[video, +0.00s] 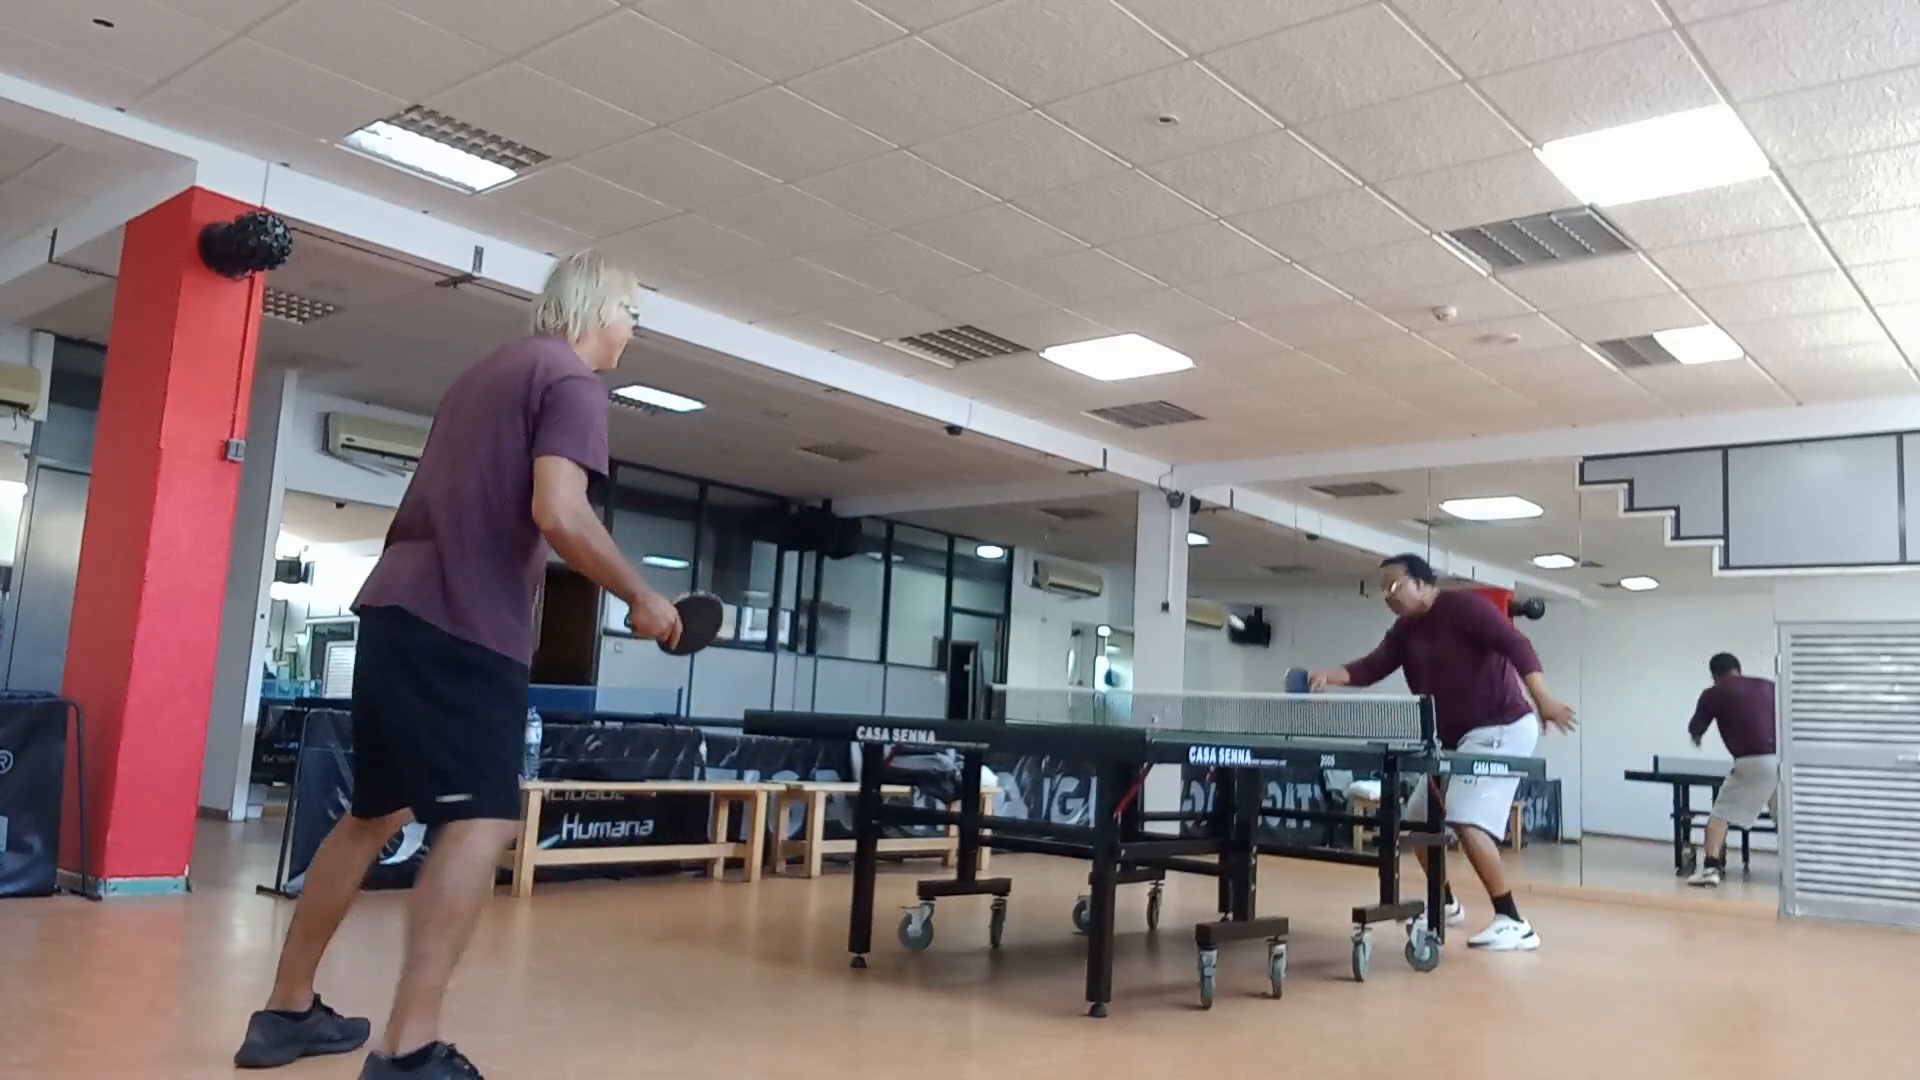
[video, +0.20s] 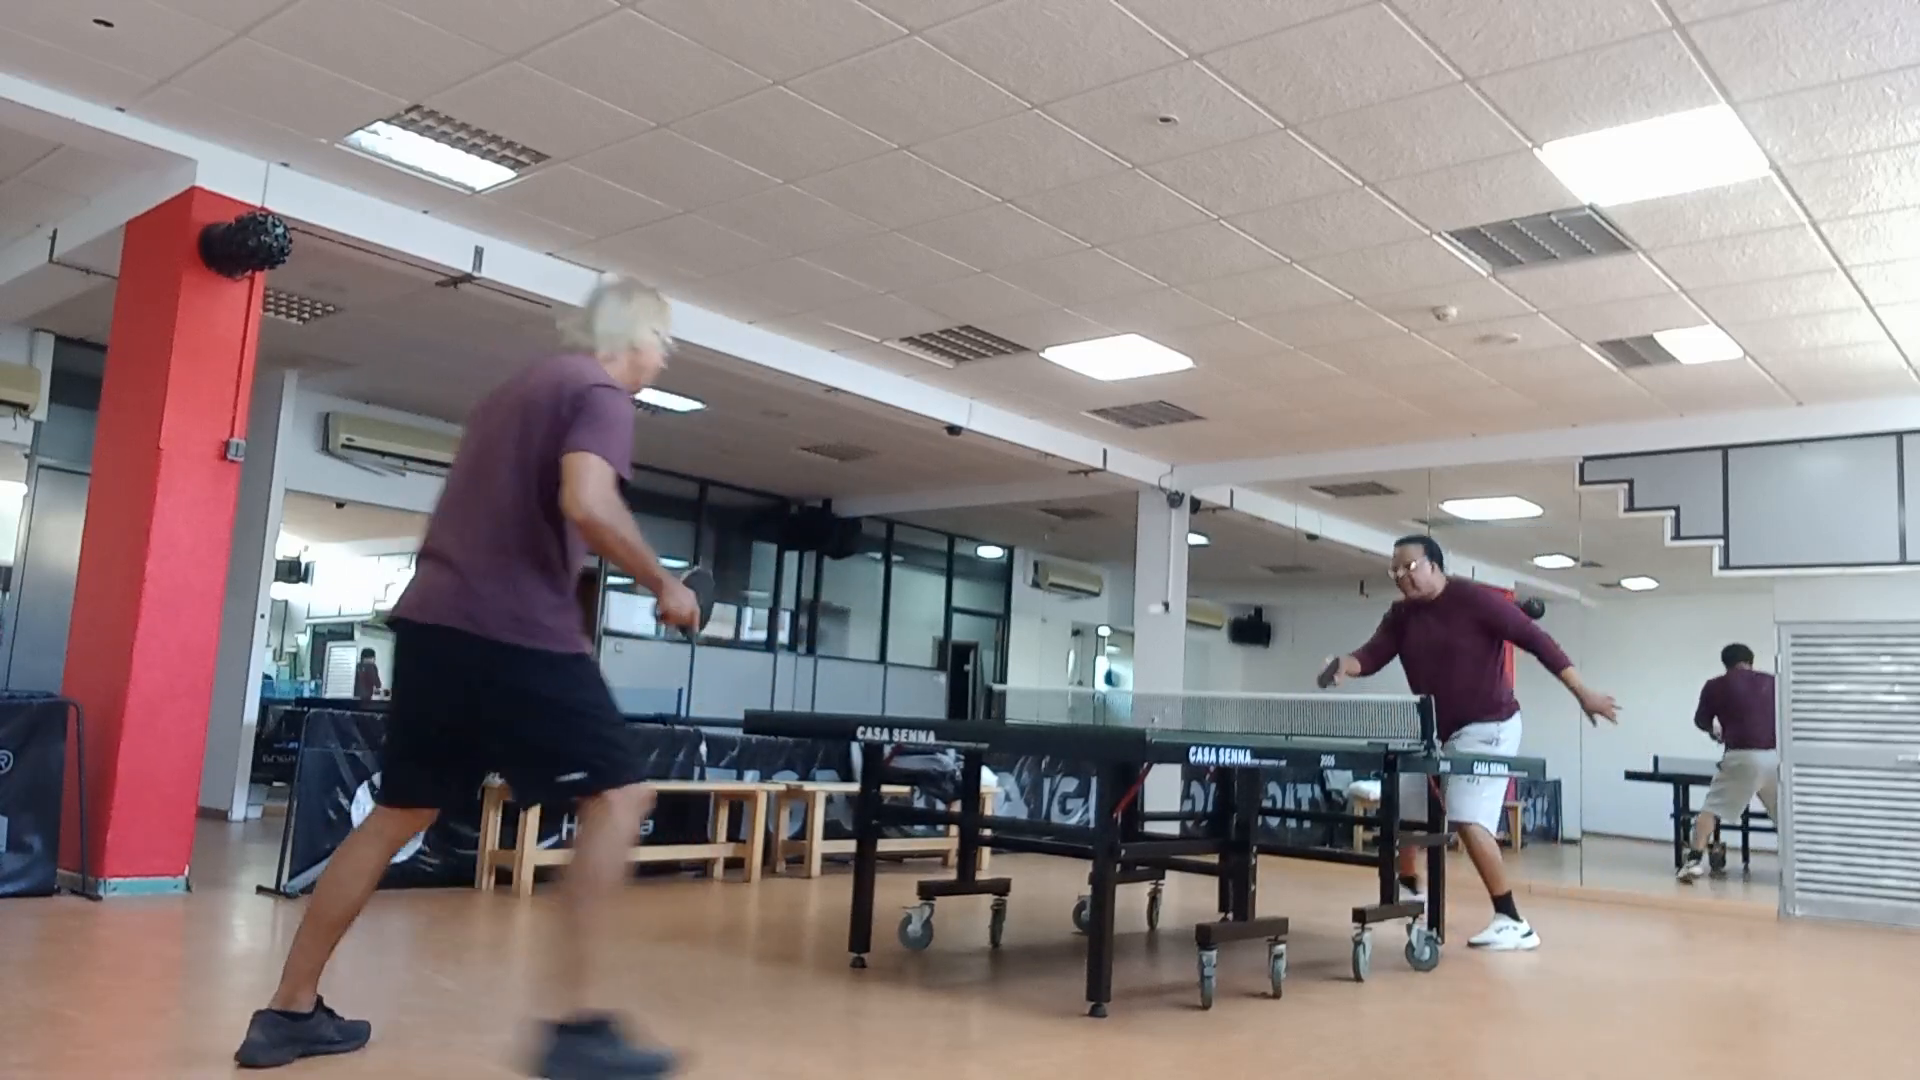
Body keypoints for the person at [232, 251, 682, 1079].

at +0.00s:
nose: (627, 338)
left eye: (630, 323)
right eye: (626, 322)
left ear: (554, 311)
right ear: (597, 319)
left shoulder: (487, 369)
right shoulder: (573, 379)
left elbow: (437, 507)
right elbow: (559, 511)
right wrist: (641, 596)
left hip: (395, 610)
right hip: (466, 628)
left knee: (373, 812)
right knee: (480, 820)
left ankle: (285, 1009)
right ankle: (408, 1047)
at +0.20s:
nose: (661, 370)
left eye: (664, 356)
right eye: (662, 353)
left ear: (589, 330)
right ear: (637, 342)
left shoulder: (519, 385)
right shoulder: (600, 390)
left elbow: (467, 516)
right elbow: (588, 501)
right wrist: (663, 584)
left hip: (432, 622)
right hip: (520, 632)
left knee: (400, 810)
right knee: (618, 792)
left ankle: (289, 1009)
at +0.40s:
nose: (751, 431)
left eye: (754, 419)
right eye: (754, 418)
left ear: (686, 382)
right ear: (733, 400)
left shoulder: (602, 420)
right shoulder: (705, 437)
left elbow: (581, 533)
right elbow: (724, 553)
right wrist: (748, 611)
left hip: (517, 657)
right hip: (613, 671)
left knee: (442, 825)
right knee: (714, 833)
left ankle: (305, 1006)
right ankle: (764, 1036)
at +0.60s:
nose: (840, 460)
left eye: (842, 449)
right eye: (843, 448)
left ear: (773, 409)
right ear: (831, 434)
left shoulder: (691, 442)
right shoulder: (810, 458)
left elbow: (608, 549)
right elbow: (893, 568)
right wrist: (841, 592)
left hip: (586, 645)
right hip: (694, 660)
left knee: (512, 828)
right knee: (780, 816)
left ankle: (385, 1009)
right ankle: (771, 1037)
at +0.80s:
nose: (875, 455)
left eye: (875, 443)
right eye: (875, 443)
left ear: (801, 414)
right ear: (862, 436)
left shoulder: (730, 445)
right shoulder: (856, 469)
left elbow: (667, 538)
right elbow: (961, 566)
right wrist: (974, 600)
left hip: (630, 629)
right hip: (729, 646)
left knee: (572, 817)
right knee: (800, 815)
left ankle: (436, 996)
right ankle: (777, 1035)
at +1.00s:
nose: (854, 419)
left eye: (849, 411)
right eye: (856, 409)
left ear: (781, 387)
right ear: (843, 403)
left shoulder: (706, 426)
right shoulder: (840, 440)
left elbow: (629, 540)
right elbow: (935, 524)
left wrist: (697, 577)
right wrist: (981, 549)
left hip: (635, 622)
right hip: (736, 631)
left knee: (588, 800)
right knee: (793, 815)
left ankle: (467, 978)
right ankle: (785, 1033)